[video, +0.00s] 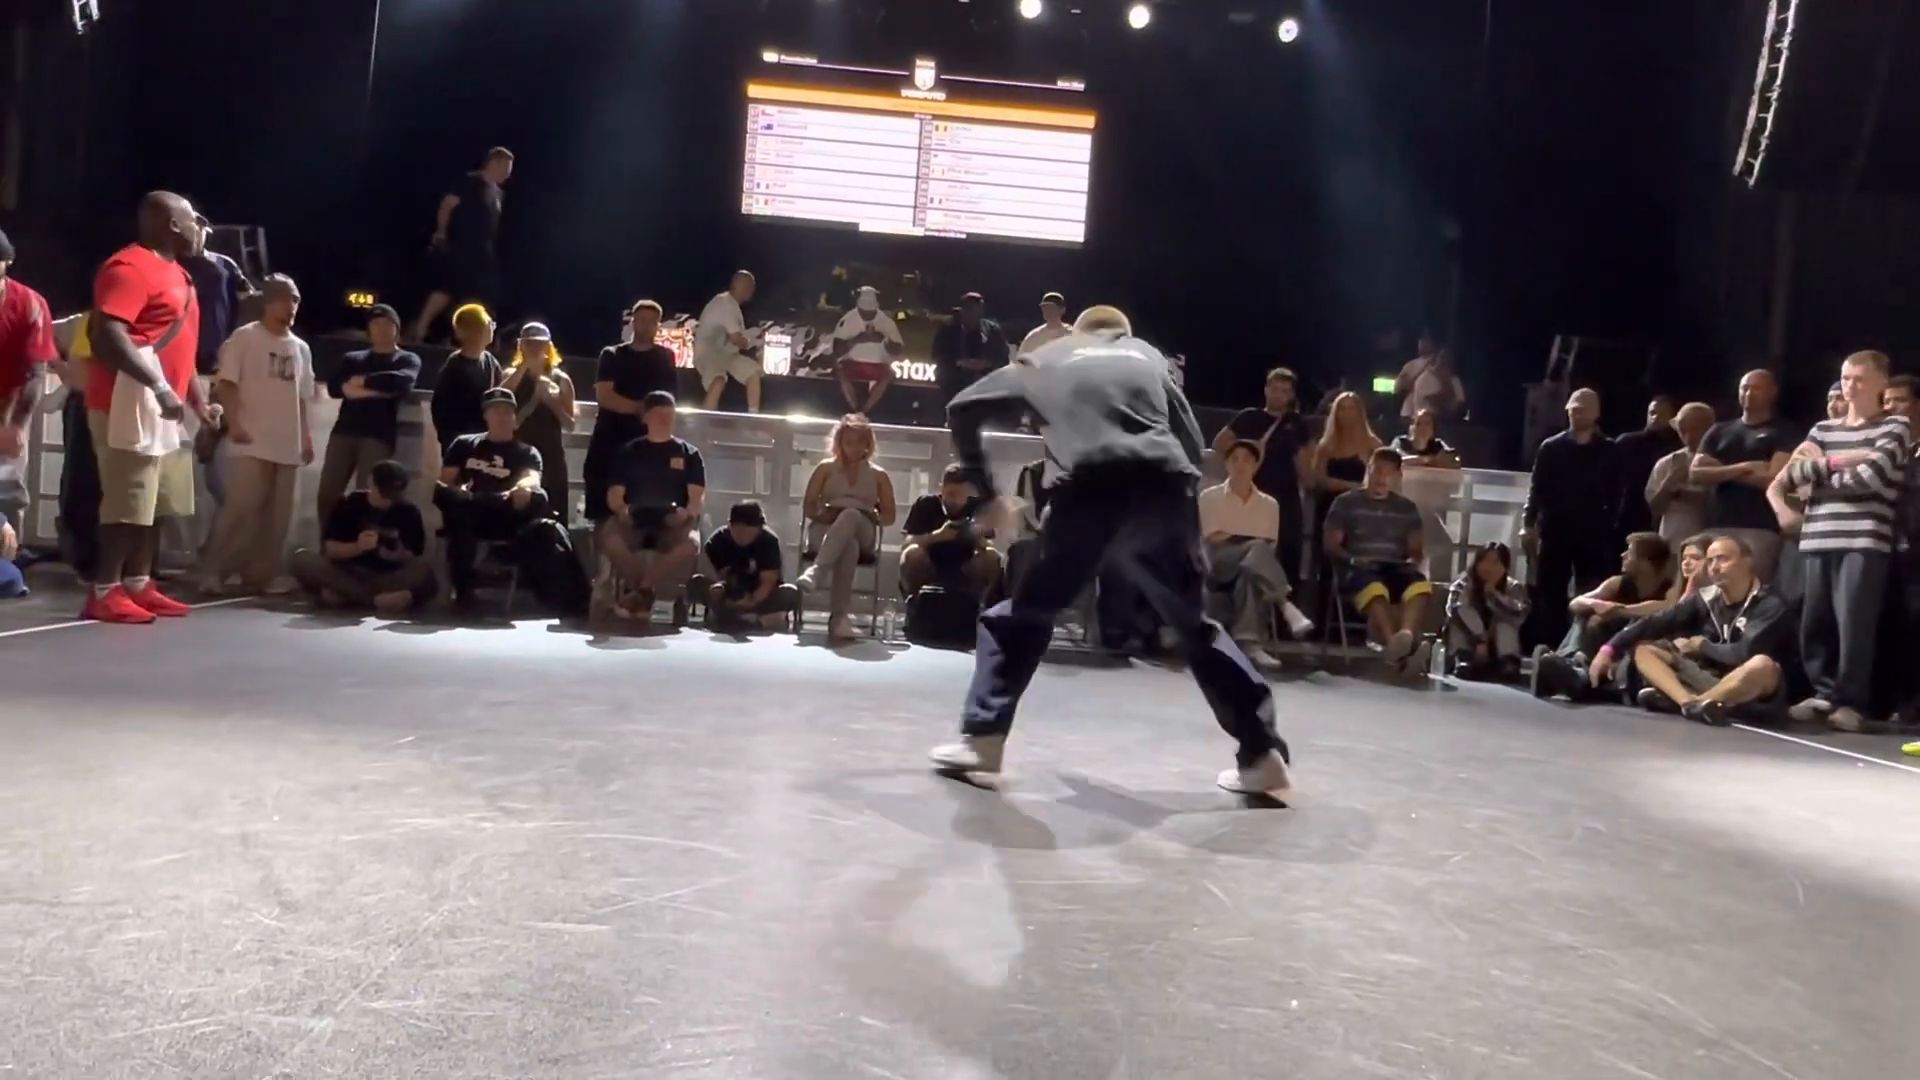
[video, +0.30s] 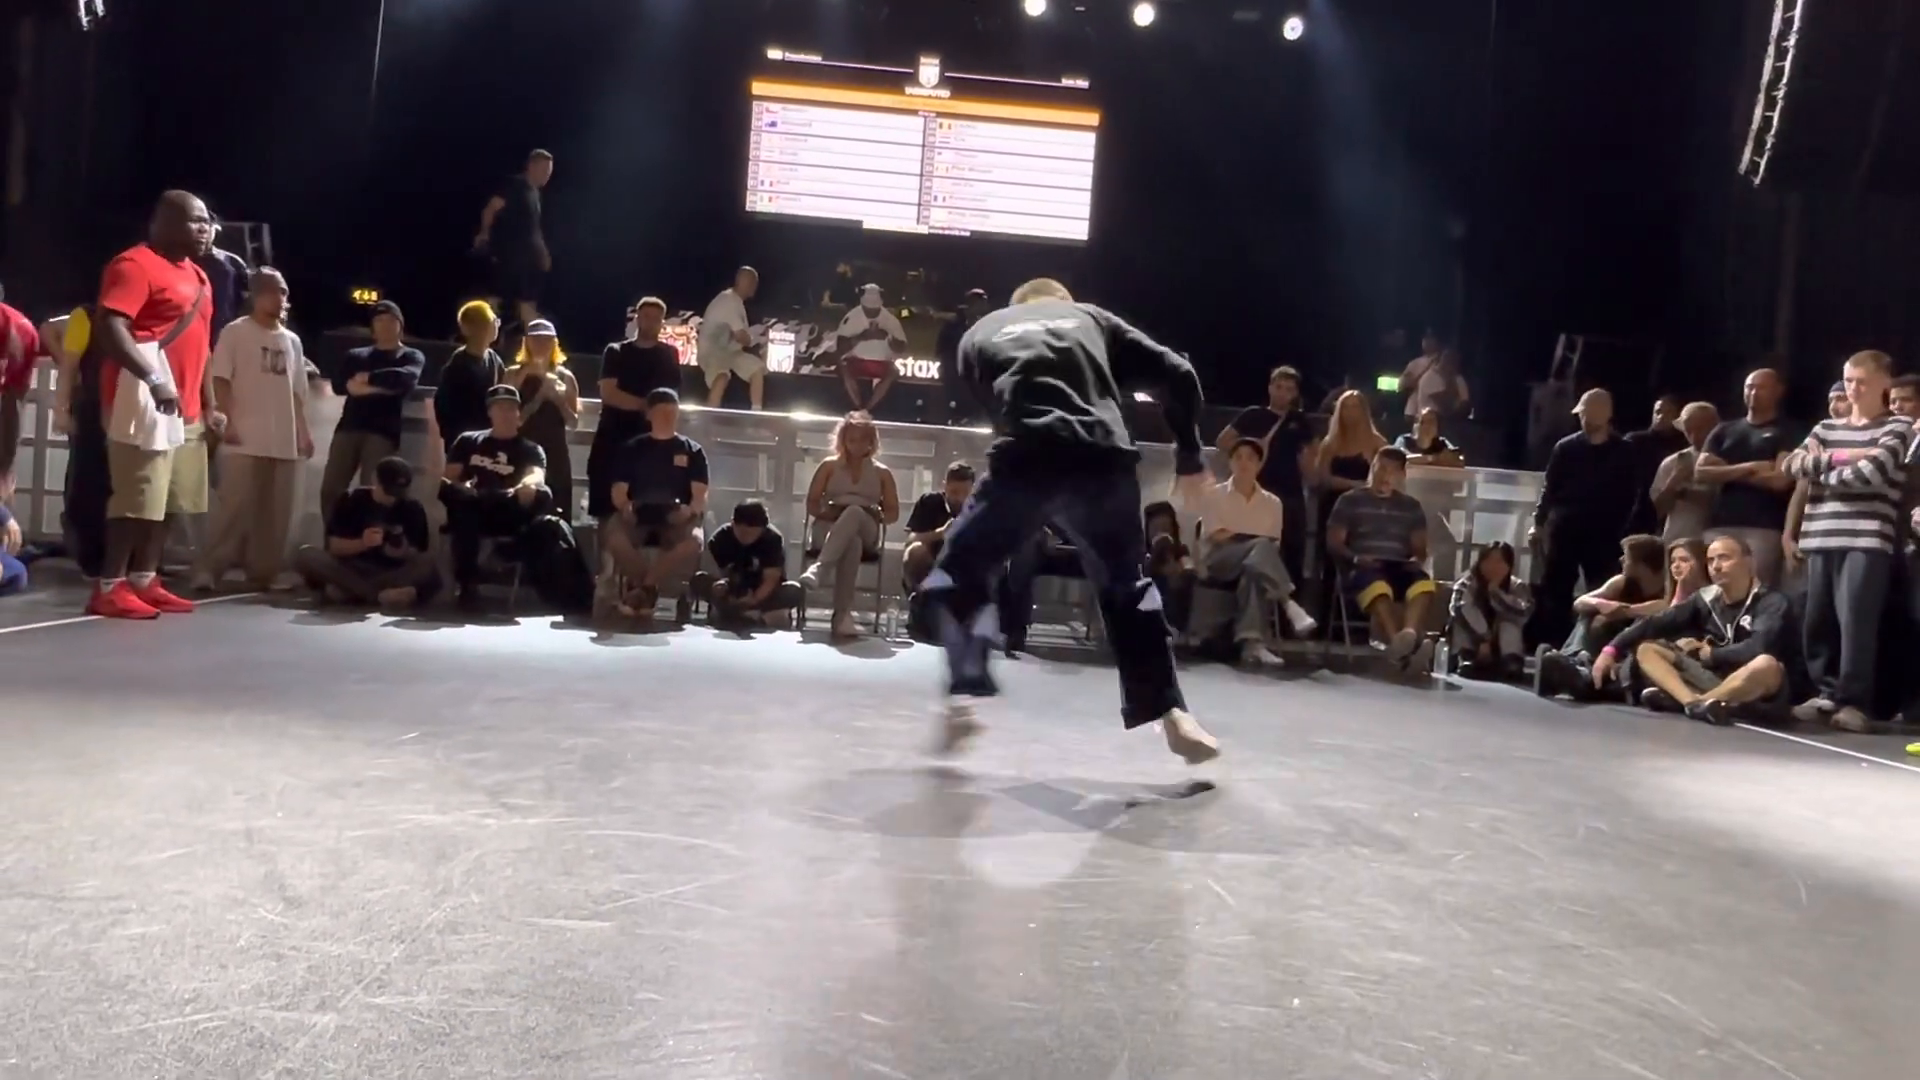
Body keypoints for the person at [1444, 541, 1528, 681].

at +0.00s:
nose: (1488, 567)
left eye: (1495, 563)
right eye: (1483, 561)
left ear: (1505, 569)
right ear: (1476, 564)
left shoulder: (1514, 587)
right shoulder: (1463, 584)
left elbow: (1519, 613)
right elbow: (1457, 609)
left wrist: (1492, 593)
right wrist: (1479, 638)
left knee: (1504, 624)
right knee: (1459, 620)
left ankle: (1509, 660)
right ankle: (1461, 659)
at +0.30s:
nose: (1493, 567)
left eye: (1499, 562)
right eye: (1488, 560)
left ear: (1509, 567)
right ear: (1480, 563)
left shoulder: (1518, 587)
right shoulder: (1466, 584)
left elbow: (1523, 613)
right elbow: (1460, 609)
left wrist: (1495, 592)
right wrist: (1483, 638)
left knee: (1508, 622)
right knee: (1462, 618)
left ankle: (1512, 661)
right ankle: (1465, 659)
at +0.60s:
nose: (1497, 562)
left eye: (1503, 557)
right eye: (1492, 556)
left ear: (1513, 564)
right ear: (1485, 559)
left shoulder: (1522, 582)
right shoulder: (1471, 580)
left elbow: (1528, 607)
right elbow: (1465, 604)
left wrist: (1500, 587)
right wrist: (1489, 633)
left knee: (1513, 619)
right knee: (1466, 615)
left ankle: (1517, 657)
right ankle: (1469, 655)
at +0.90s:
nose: (1502, 560)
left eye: (1508, 555)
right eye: (1497, 554)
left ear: (1518, 561)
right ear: (1490, 556)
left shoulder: (1527, 580)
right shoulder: (1476, 577)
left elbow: (1533, 606)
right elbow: (1470, 602)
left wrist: (1505, 585)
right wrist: (1493, 631)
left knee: (1518, 616)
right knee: (1471, 612)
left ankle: (1521, 655)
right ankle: (1474, 652)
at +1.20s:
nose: (1505, 559)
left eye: (1512, 554)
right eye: (1501, 553)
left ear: (1522, 560)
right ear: (1494, 555)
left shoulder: (1531, 579)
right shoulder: (1480, 575)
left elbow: (1537, 605)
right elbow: (1473, 600)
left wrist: (1508, 584)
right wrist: (1496, 629)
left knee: (1521, 614)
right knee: (1474, 611)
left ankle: (1524, 653)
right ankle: (1477, 650)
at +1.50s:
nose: (1509, 558)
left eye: (1516, 553)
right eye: (1504, 551)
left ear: (1526, 559)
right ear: (1496, 554)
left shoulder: (1534, 578)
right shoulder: (1483, 573)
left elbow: (1539, 604)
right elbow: (1476, 599)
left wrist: (1511, 582)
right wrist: (1498, 629)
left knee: (1525, 613)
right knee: (1477, 609)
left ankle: (1528, 652)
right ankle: (1481, 649)